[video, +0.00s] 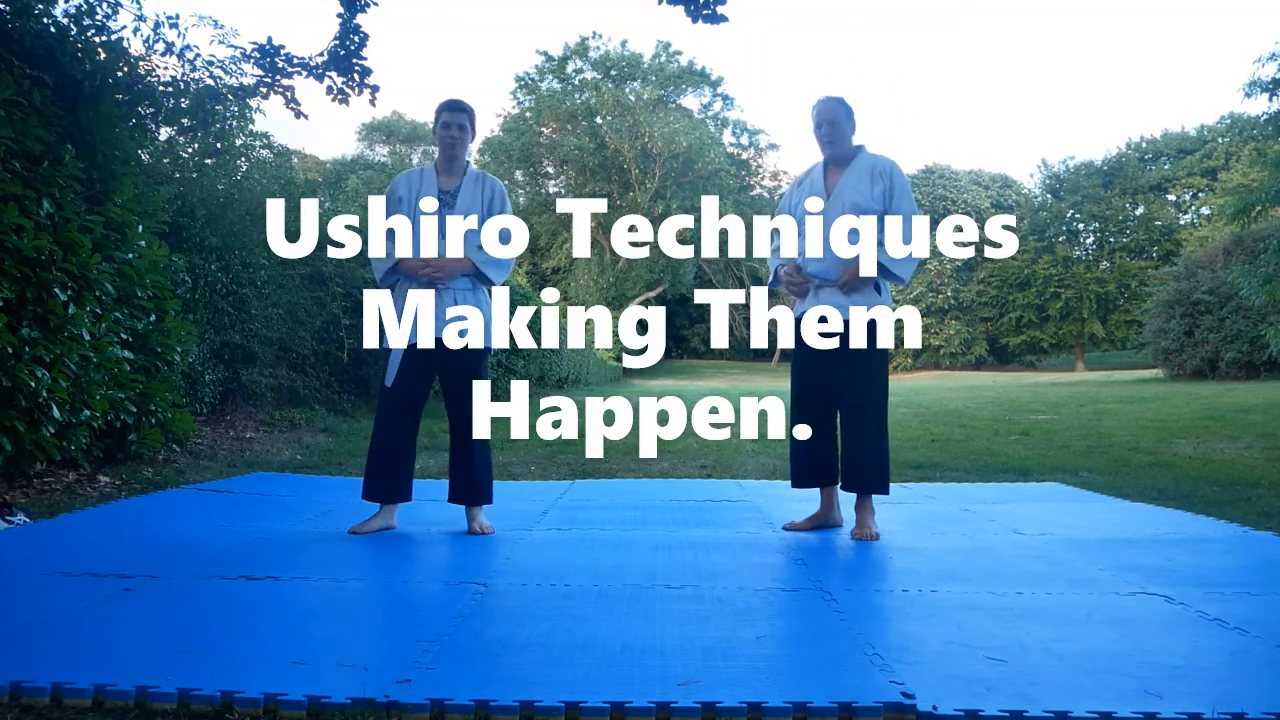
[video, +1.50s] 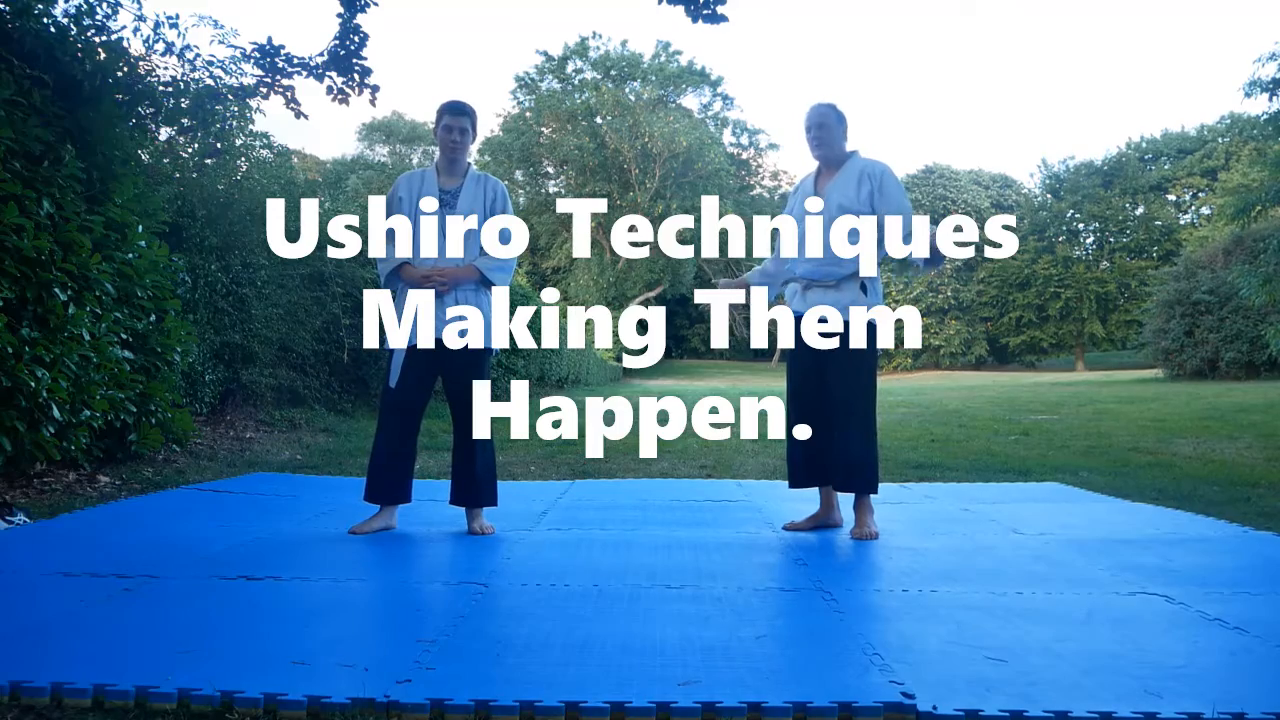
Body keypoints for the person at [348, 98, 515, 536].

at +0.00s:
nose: (452, 133)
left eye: (460, 127)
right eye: (446, 126)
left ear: (473, 137)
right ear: (434, 132)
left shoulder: (490, 188)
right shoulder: (405, 183)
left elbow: (501, 253)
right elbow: (382, 249)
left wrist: (458, 264)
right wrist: (413, 269)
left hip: (468, 316)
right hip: (411, 314)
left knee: (469, 412)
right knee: (396, 409)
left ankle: (475, 509)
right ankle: (387, 509)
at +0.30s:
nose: (458, 133)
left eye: (466, 128)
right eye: (452, 126)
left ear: (479, 138)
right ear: (440, 133)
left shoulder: (496, 190)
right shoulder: (409, 184)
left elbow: (508, 257)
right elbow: (389, 247)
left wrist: (464, 271)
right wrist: (413, 271)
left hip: (472, 320)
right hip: (415, 318)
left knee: (474, 414)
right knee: (402, 410)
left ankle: (475, 512)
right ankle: (388, 510)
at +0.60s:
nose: (453, 133)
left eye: (461, 127)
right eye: (447, 126)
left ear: (474, 138)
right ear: (436, 134)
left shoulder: (492, 189)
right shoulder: (408, 185)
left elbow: (506, 257)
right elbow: (388, 250)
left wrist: (460, 272)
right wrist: (414, 274)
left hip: (470, 319)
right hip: (414, 317)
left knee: (473, 414)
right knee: (398, 408)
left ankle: (476, 511)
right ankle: (387, 509)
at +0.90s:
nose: (452, 132)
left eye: (460, 126)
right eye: (446, 125)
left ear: (474, 138)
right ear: (434, 133)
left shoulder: (492, 190)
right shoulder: (406, 185)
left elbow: (504, 258)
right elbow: (388, 254)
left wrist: (456, 274)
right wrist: (417, 275)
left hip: (469, 320)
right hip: (413, 318)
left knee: (472, 415)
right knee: (398, 411)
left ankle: (475, 512)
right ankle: (387, 510)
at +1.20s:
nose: (453, 133)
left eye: (461, 128)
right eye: (447, 126)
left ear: (474, 138)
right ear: (435, 133)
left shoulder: (492, 190)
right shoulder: (406, 185)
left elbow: (503, 258)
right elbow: (389, 255)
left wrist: (455, 274)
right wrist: (419, 277)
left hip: (470, 322)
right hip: (414, 320)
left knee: (472, 415)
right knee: (398, 411)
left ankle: (475, 512)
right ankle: (387, 510)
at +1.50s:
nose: (455, 137)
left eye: (463, 131)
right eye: (448, 129)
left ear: (474, 139)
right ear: (435, 133)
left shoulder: (492, 190)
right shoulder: (406, 185)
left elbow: (504, 258)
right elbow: (388, 253)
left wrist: (457, 273)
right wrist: (416, 275)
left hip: (470, 321)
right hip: (414, 319)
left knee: (472, 415)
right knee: (398, 411)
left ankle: (475, 512)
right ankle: (387, 510)